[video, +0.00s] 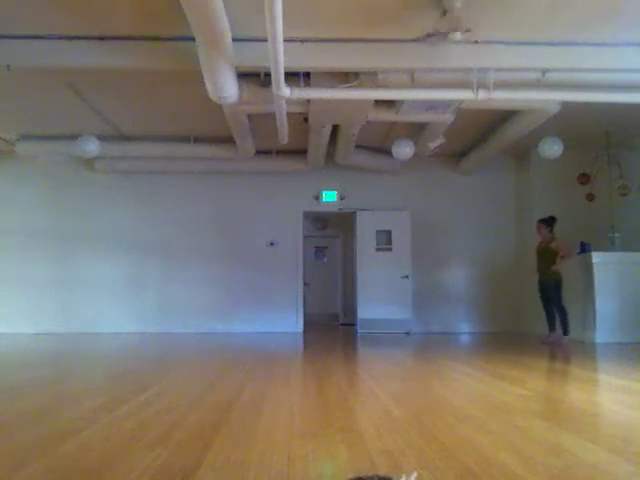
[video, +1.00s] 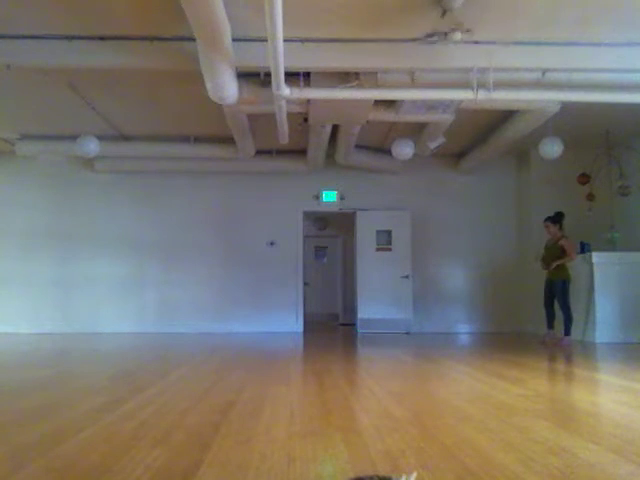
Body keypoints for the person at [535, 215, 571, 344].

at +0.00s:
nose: (538, 231)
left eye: (541, 228)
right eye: (538, 228)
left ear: (548, 229)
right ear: (540, 230)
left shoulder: (554, 243)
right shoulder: (541, 243)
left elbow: (567, 253)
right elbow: (542, 257)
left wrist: (557, 261)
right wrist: (539, 268)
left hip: (553, 276)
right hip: (543, 276)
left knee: (557, 304)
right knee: (547, 305)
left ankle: (565, 333)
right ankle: (551, 332)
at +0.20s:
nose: (540, 231)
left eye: (543, 228)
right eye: (540, 228)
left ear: (550, 228)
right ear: (542, 229)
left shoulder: (557, 242)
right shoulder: (544, 242)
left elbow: (570, 252)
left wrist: (560, 258)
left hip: (556, 275)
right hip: (546, 275)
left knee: (560, 304)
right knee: (547, 304)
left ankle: (566, 334)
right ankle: (552, 332)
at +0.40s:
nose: (542, 230)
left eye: (544, 227)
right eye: (542, 227)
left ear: (553, 226)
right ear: (547, 227)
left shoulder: (559, 240)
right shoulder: (546, 240)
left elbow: (574, 251)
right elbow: (550, 253)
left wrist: (562, 262)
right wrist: (545, 262)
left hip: (558, 275)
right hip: (548, 274)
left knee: (562, 304)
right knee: (548, 304)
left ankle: (566, 335)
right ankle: (551, 332)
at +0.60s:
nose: (544, 230)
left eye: (546, 226)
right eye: (543, 227)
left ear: (554, 226)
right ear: (547, 227)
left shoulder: (561, 239)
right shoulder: (548, 240)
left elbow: (576, 250)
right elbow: (550, 253)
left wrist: (563, 261)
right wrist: (545, 262)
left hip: (559, 275)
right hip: (548, 275)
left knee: (562, 304)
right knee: (549, 304)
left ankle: (567, 336)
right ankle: (551, 332)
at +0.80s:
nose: (546, 230)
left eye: (547, 227)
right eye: (545, 227)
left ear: (555, 226)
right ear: (548, 228)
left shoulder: (563, 241)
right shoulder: (549, 240)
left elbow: (572, 255)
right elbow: (548, 255)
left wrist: (559, 263)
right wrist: (544, 263)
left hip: (560, 276)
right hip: (549, 276)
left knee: (563, 304)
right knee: (549, 304)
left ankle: (567, 335)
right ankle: (550, 331)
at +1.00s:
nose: (547, 230)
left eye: (548, 227)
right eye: (546, 227)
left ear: (556, 226)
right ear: (549, 228)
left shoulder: (563, 241)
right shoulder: (550, 241)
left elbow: (572, 256)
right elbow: (547, 255)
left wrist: (557, 262)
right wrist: (543, 262)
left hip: (561, 275)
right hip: (550, 275)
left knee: (563, 304)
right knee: (548, 303)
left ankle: (567, 335)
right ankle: (550, 331)